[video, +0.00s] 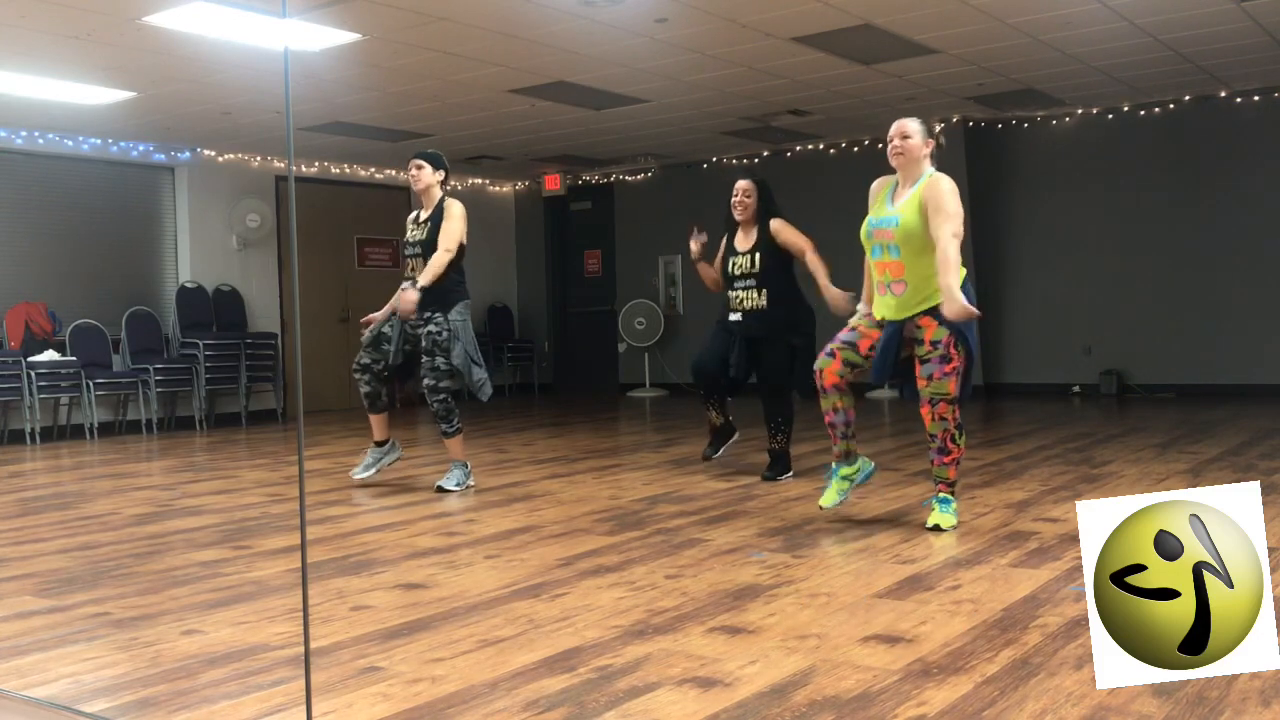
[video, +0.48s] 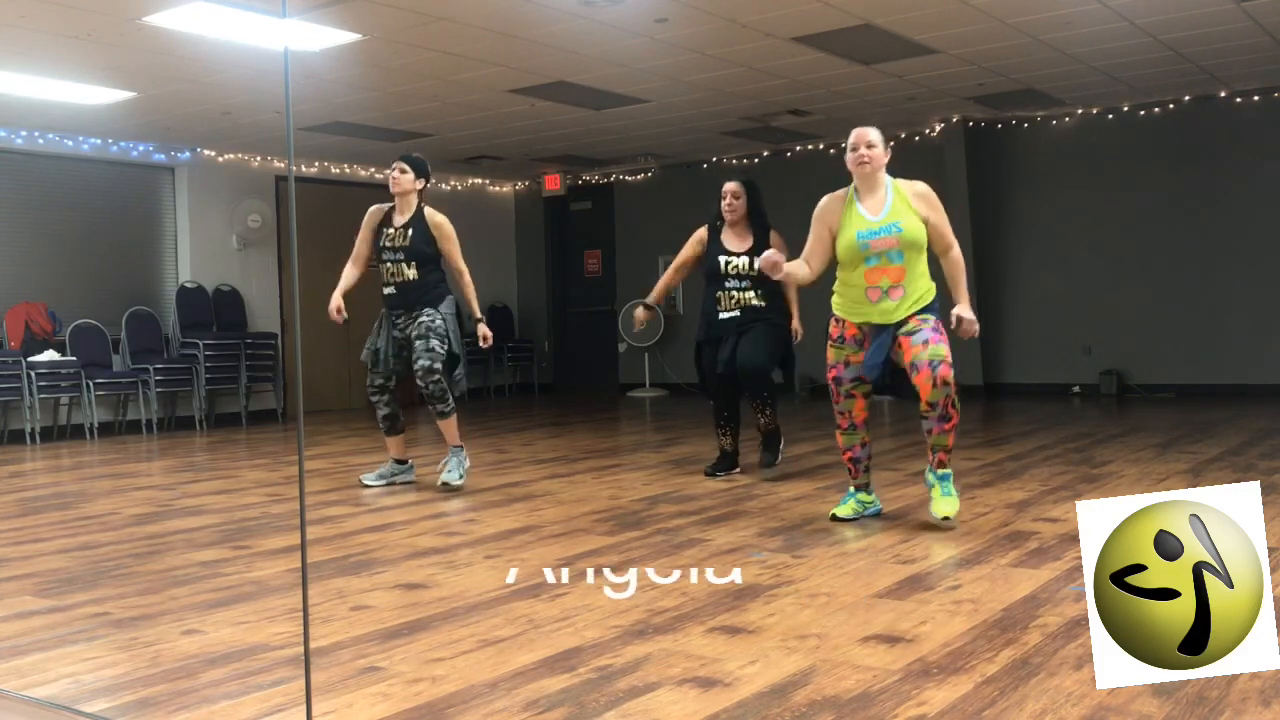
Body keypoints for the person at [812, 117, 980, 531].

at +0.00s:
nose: (894, 143)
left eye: (904, 136)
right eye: (889, 139)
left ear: (928, 146)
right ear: (887, 150)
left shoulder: (939, 187)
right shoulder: (880, 188)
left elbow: (948, 239)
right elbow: (873, 250)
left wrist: (950, 294)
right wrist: (866, 304)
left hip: (933, 314)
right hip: (883, 315)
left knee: (938, 405)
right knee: (829, 368)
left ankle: (944, 496)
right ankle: (848, 463)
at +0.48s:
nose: (862, 153)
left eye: (869, 146)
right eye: (854, 148)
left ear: (887, 155)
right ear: (845, 160)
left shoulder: (917, 194)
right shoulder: (831, 207)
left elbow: (949, 249)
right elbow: (809, 267)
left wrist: (962, 302)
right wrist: (783, 268)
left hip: (915, 316)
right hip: (852, 323)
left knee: (939, 377)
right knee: (848, 407)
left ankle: (940, 473)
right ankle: (861, 492)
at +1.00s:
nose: (882, 149)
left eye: (891, 141)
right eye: (877, 145)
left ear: (914, 149)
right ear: (873, 156)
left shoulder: (932, 192)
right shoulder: (862, 195)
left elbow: (949, 236)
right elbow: (861, 253)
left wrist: (942, 287)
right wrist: (863, 304)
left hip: (931, 314)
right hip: (876, 317)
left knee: (941, 404)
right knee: (826, 376)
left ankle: (947, 494)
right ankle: (852, 462)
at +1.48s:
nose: (853, 148)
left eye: (861, 141)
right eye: (845, 144)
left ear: (877, 150)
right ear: (836, 156)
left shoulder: (906, 191)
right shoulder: (822, 206)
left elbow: (940, 247)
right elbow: (807, 267)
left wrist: (961, 298)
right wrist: (780, 263)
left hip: (911, 313)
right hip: (849, 321)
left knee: (939, 376)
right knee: (854, 406)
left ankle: (934, 481)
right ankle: (866, 492)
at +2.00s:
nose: (857, 144)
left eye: (866, 137)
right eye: (851, 140)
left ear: (885, 147)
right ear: (843, 153)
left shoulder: (912, 189)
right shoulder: (829, 199)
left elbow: (955, 238)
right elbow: (783, 235)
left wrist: (955, 291)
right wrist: (747, 256)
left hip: (909, 313)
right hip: (850, 320)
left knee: (943, 382)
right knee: (860, 406)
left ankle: (948, 481)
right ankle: (867, 491)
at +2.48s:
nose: (878, 140)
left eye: (887, 133)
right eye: (874, 136)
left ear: (913, 140)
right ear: (871, 147)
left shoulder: (933, 185)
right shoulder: (863, 192)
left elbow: (942, 245)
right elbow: (871, 254)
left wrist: (941, 303)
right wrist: (871, 306)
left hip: (928, 308)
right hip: (876, 311)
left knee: (937, 399)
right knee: (835, 381)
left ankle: (949, 495)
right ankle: (859, 475)